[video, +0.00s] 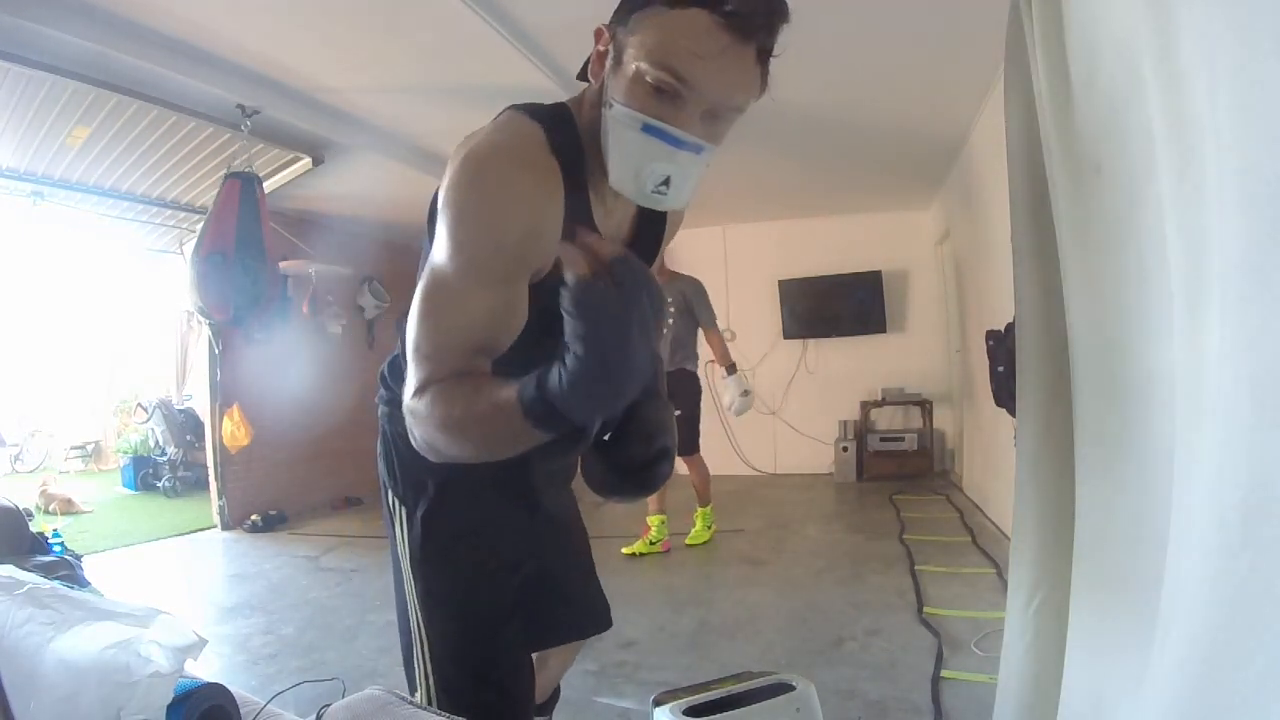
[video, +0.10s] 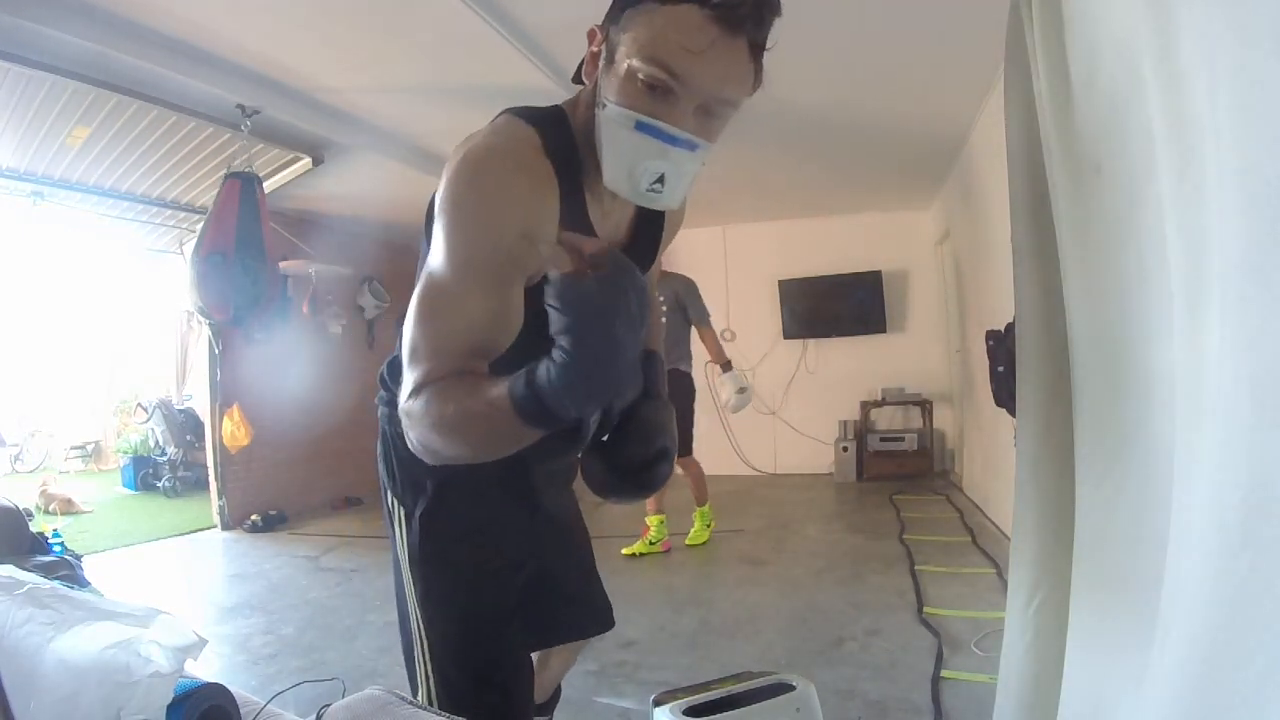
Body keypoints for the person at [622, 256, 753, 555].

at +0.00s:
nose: (646, 262)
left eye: (649, 254)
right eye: (642, 256)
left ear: (660, 252)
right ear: (637, 260)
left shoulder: (688, 286)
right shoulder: (636, 291)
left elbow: (711, 333)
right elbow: (627, 339)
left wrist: (732, 373)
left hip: (681, 379)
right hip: (647, 381)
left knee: (687, 451)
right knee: (652, 454)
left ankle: (705, 515)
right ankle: (657, 530)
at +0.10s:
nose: (647, 258)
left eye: (650, 251)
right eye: (641, 253)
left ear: (659, 252)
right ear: (633, 258)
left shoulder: (679, 285)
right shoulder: (628, 290)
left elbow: (705, 329)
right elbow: (620, 337)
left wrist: (727, 370)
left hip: (676, 379)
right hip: (642, 381)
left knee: (682, 455)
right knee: (649, 455)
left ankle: (703, 515)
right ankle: (656, 530)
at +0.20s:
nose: (643, 261)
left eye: (647, 254)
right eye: (638, 256)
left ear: (656, 254)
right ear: (631, 259)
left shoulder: (672, 284)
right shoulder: (626, 292)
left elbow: (697, 328)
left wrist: (717, 369)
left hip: (670, 378)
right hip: (636, 378)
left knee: (673, 456)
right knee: (646, 454)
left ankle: (699, 509)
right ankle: (655, 530)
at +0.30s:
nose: (645, 259)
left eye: (649, 253)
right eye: (640, 254)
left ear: (656, 255)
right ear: (632, 258)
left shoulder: (669, 284)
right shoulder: (623, 290)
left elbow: (691, 329)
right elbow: (615, 336)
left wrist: (705, 372)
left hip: (666, 378)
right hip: (631, 378)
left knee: (666, 456)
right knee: (641, 454)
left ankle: (691, 508)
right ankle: (655, 530)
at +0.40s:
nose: (644, 258)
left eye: (647, 252)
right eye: (638, 254)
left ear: (654, 253)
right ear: (629, 258)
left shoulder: (665, 284)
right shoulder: (618, 292)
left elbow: (687, 331)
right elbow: (612, 338)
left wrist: (692, 375)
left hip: (662, 379)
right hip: (628, 381)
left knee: (663, 457)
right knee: (639, 455)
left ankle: (680, 524)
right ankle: (654, 529)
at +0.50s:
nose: (635, 259)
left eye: (640, 252)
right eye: (629, 255)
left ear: (651, 252)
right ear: (621, 259)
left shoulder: (665, 284)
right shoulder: (614, 290)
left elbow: (684, 330)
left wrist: (679, 371)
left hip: (656, 381)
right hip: (623, 385)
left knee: (660, 456)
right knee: (638, 456)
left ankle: (673, 523)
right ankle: (654, 528)